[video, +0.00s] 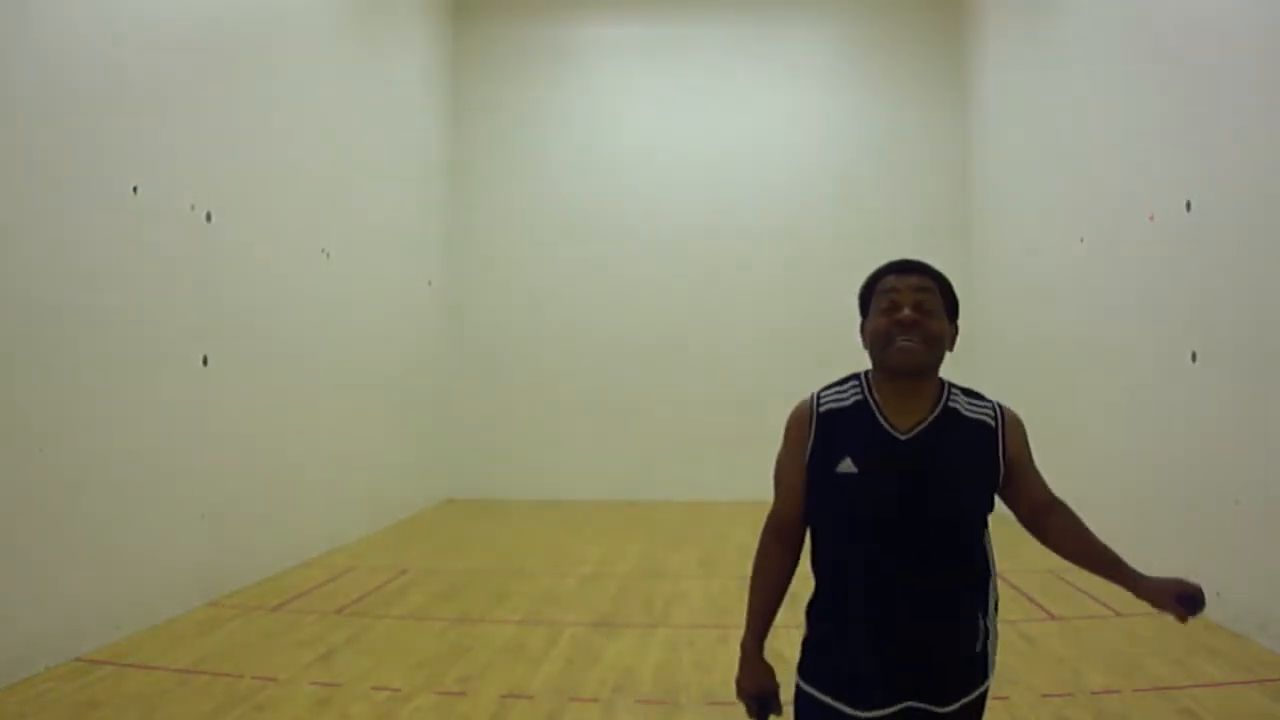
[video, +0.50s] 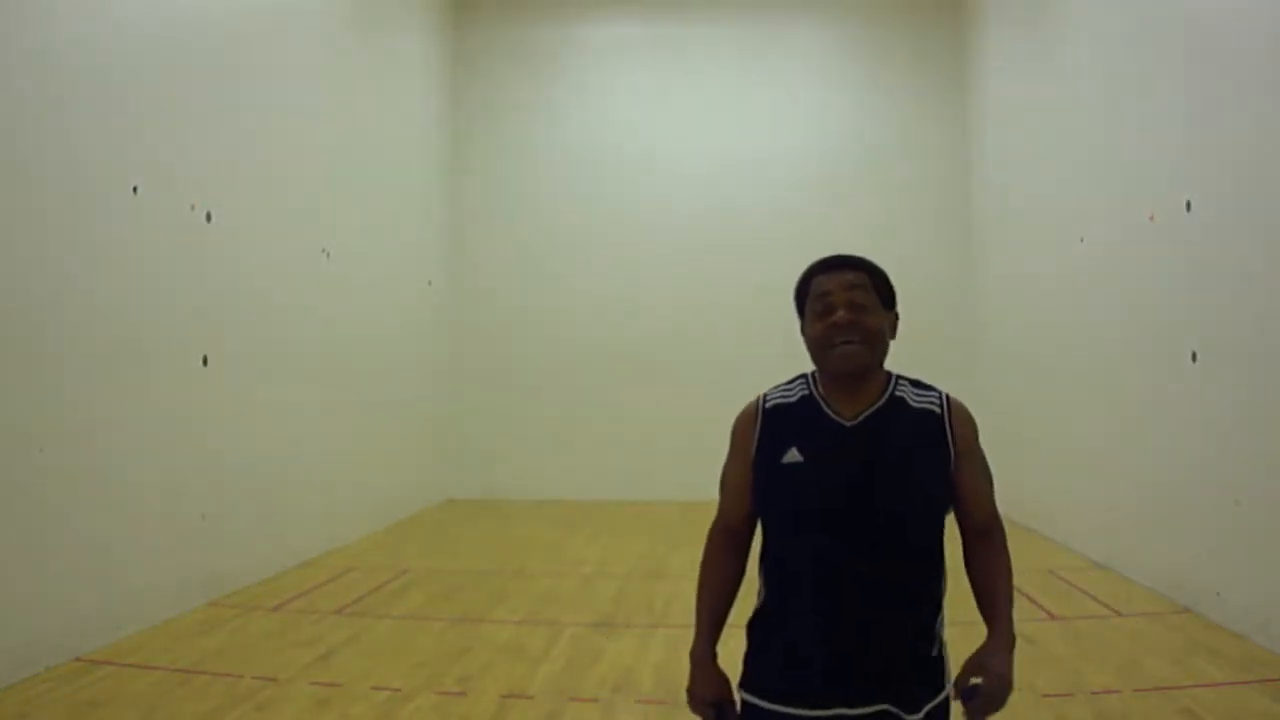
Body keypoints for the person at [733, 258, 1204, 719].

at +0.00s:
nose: (906, 315)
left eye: (924, 308)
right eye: (888, 306)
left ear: (951, 336)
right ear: (862, 332)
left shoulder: (992, 428)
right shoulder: (817, 421)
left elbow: (1046, 515)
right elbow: (783, 533)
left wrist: (1141, 584)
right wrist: (752, 649)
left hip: (951, 677)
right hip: (843, 673)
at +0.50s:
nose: (842, 317)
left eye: (859, 304)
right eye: (823, 309)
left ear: (892, 324)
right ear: (803, 333)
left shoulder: (944, 422)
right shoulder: (762, 424)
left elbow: (983, 531)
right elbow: (730, 535)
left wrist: (1000, 637)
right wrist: (703, 653)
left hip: (905, 684)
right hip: (787, 685)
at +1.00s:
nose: (772, 325)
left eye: (790, 307)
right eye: (755, 313)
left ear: (830, 317)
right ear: (739, 332)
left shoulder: (896, 421)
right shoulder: (712, 430)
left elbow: (961, 528)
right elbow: (647, 532)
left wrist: (961, 664)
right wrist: (645, 652)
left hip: (862, 691)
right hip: (747, 692)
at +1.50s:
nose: (806, 329)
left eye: (828, 315)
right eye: (798, 316)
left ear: (878, 329)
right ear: (787, 327)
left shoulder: (928, 432)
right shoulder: (756, 426)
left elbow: (966, 541)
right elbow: (679, 515)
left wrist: (976, 615)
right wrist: (634, 617)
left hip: (893, 685)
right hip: (782, 680)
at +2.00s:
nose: (829, 332)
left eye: (845, 318)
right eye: (813, 317)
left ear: (874, 328)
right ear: (790, 327)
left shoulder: (921, 423)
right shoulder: (749, 412)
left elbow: (955, 520)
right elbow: (716, 506)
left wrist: (914, 615)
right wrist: (691, 616)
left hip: (873, 664)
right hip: (768, 656)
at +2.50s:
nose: (719, 317)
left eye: (735, 305)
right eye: (702, 308)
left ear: (765, 322)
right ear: (683, 329)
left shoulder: (816, 412)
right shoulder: (657, 420)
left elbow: (865, 512)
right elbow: (641, 522)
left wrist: (833, 605)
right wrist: (622, 625)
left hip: (786, 678)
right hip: (680, 677)